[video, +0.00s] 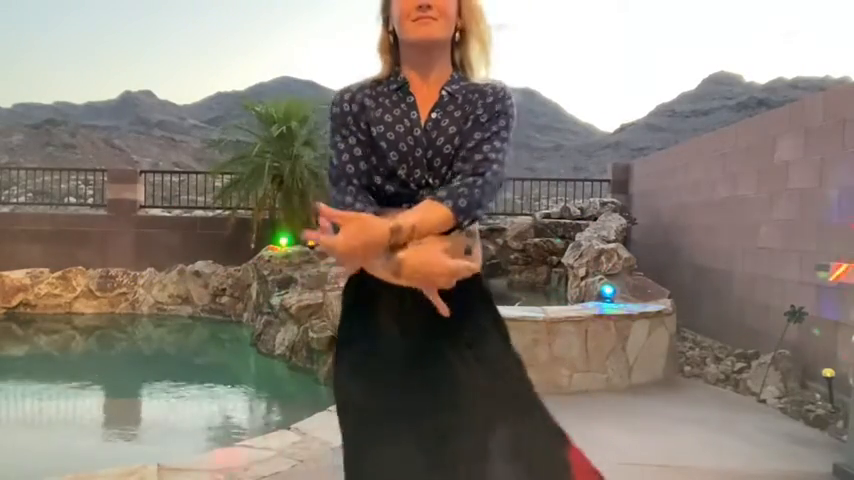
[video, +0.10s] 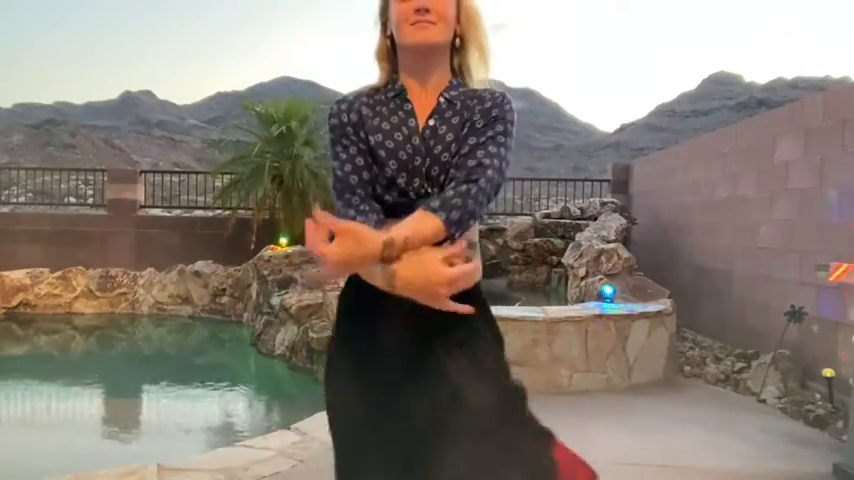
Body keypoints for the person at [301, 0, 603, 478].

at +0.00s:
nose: (423, 2)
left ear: (461, 16)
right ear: (390, 16)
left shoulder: (490, 99)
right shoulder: (353, 103)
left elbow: (476, 188)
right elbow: (346, 217)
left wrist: (387, 230)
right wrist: (402, 266)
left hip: (458, 293)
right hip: (376, 294)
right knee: (381, 454)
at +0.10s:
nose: (420, 5)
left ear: (460, 20)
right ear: (388, 21)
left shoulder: (490, 105)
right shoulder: (351, 112)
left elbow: (473, 195)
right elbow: (352, 218)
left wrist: (382, 244)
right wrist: (397, 277)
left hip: (456, 310)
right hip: (372, 309)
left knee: (482, 457)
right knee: (370, 462)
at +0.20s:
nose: (419, 5)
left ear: (459, 18)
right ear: (383, 20)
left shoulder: (490, 109)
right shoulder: (347, 115)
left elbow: (474, 202)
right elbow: (352, 213)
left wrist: (373, 258)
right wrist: (398, 282)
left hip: (457, 328)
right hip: (365, 324)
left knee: (473, 463)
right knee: (357, 465)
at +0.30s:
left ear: (459, 18)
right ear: (381, 18)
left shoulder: (493, 108)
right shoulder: (341, 113)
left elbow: (479, 204)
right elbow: (342, 216)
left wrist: (377, 259)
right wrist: (384, 292)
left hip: (454, 343)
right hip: (358, 339)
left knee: (468, 468)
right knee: (355, 469)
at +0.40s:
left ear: (459, 13)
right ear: (380, 10)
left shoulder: (495, 102)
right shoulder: (335, 105)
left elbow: (480, 207)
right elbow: (333, 217)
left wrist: (364, 264)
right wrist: (390, 297)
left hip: (452, 347)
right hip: (349, 342)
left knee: (463, 467)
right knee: (350, 469)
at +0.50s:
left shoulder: (500, 80)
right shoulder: (324, 77)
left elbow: (498, 196)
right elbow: (309, 211)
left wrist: (355, 257)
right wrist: (392, 294)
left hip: (461, 341)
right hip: (347, 340)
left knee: (490, 468)